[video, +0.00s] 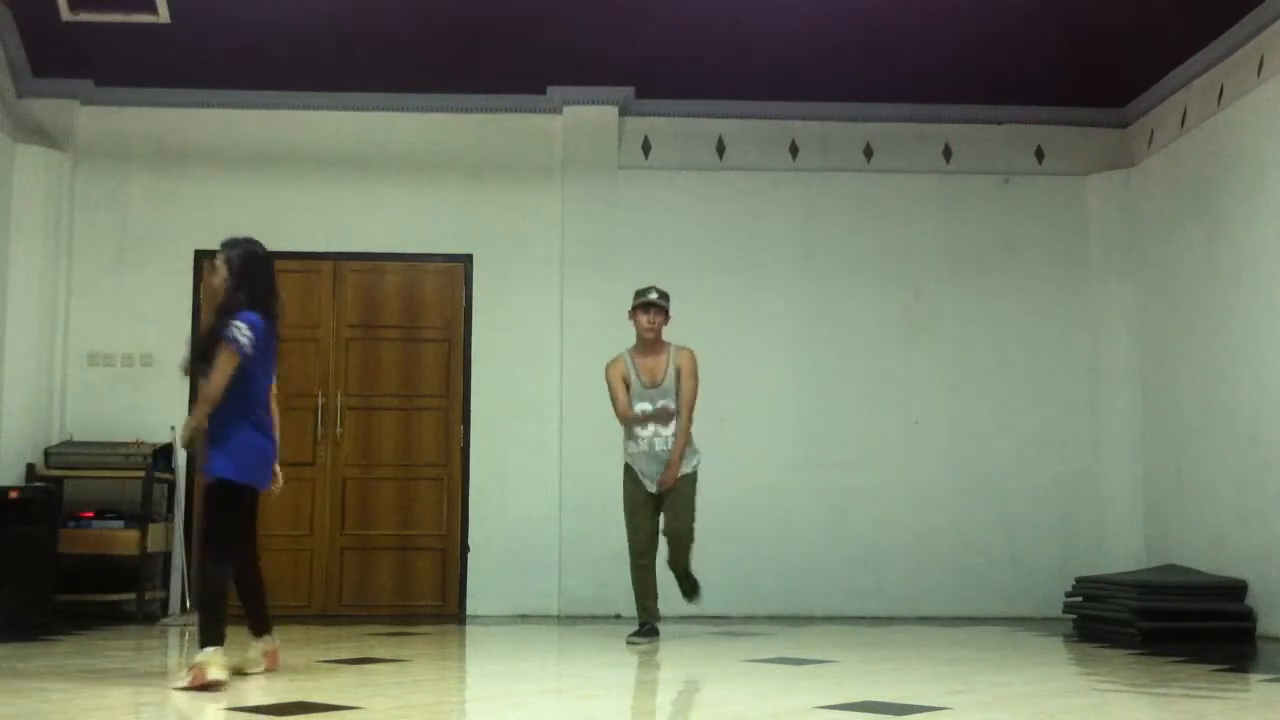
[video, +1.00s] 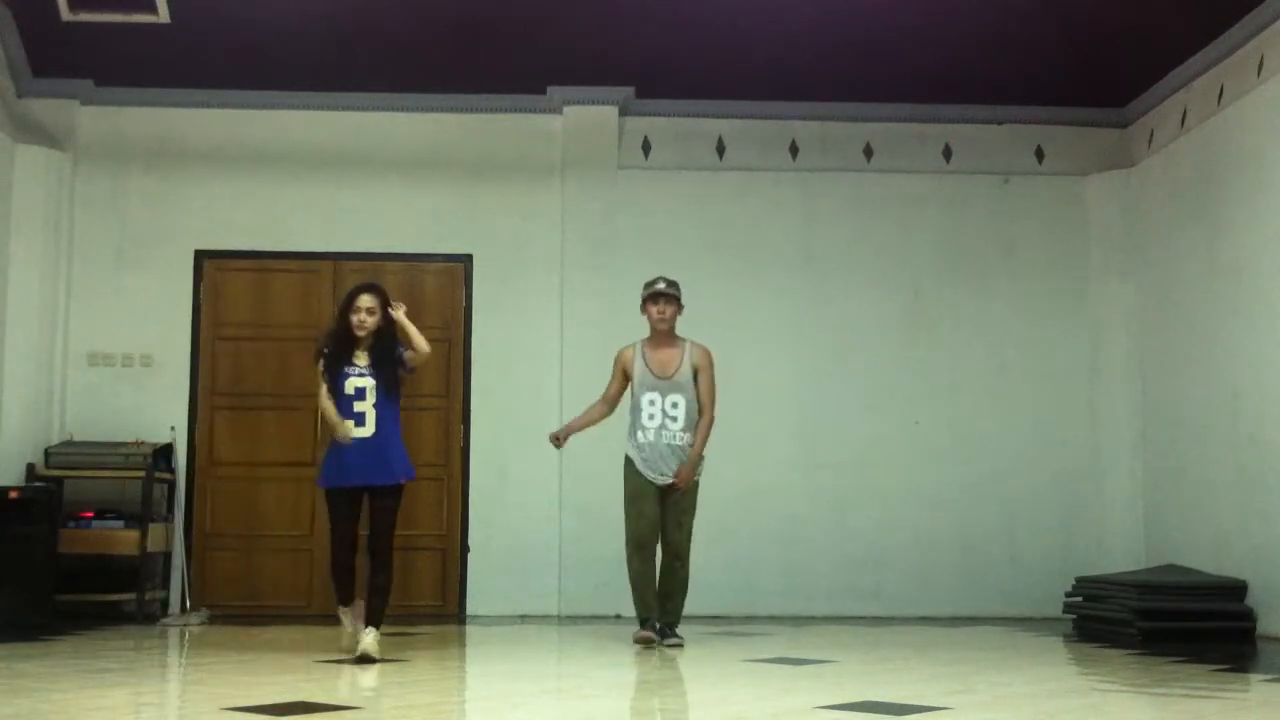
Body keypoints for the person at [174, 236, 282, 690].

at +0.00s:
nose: (211, 276)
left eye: (218, 269)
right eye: (213, 269)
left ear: (238, 274)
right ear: (249, 275)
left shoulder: (240, 324)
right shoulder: (261, 325)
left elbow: (217, 382)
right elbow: (269, 397)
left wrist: (194, 419)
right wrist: (273, 456)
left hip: (230, 450)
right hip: (251, 450)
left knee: (213, 549)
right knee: (241, 548)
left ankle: (210, 655)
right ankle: (264, 643)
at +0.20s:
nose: (239, 286)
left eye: (246, 278)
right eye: (239, 278)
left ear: (269, 280)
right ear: (262, 282)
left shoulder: (289, 326)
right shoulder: (252, 328)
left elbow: (289, 393)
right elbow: (247, 391)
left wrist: (266, 447)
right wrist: (238, 447)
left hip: (272, 450)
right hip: (247, 449)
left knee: (252, 542)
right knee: (251, 543)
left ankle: (279, 641)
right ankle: (279, 639)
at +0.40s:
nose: (277, 293)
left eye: (286, 286)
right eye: (272, 286)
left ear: (307, 291)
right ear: (266, 293)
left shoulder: (320, 334)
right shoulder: (268, 339)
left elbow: (351, 381)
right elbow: (260, 400)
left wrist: (379, 428)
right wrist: (236, 440)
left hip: (312, 459)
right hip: (266, 460)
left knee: (322, 543)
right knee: (267, 549)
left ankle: (353, 618)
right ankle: (266, 643)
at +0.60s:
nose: (321, 309)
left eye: (329, 302)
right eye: (314, 302)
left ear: (343, 309)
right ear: (303, 308)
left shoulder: (359, 352)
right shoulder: (293, 356)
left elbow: (394, 396)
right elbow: (270, 407)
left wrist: (397, 353)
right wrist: (239, 460)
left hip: (351, 474)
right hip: (302, 473)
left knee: (353, 556)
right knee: (290, 552)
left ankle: (364, 638)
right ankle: (271, 640)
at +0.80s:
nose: (349, 308)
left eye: (358, 302)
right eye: (344, 301)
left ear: (369, 309)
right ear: (333, 306)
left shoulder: (381, 345)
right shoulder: (319, 349)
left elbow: (414, 359)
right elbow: (297, 400)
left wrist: (394, 318)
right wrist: (275, 451)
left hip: (375, 463)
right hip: (329, 462)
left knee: (368, 547)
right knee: (319, 542)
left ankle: (365, 632)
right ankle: (310, 625)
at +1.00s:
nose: (362, 317)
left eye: (370, 311)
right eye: (356, 310)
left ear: (382, 318)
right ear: (346, 314)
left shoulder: (391, 354)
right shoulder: (332, 354)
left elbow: (422, 352)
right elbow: (324, 397)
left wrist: (402, 320)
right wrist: (338, 425)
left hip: (386, 461)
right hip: (344, 461)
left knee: (380, 544)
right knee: (343, 543)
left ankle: (372, 630)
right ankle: (347, 613)